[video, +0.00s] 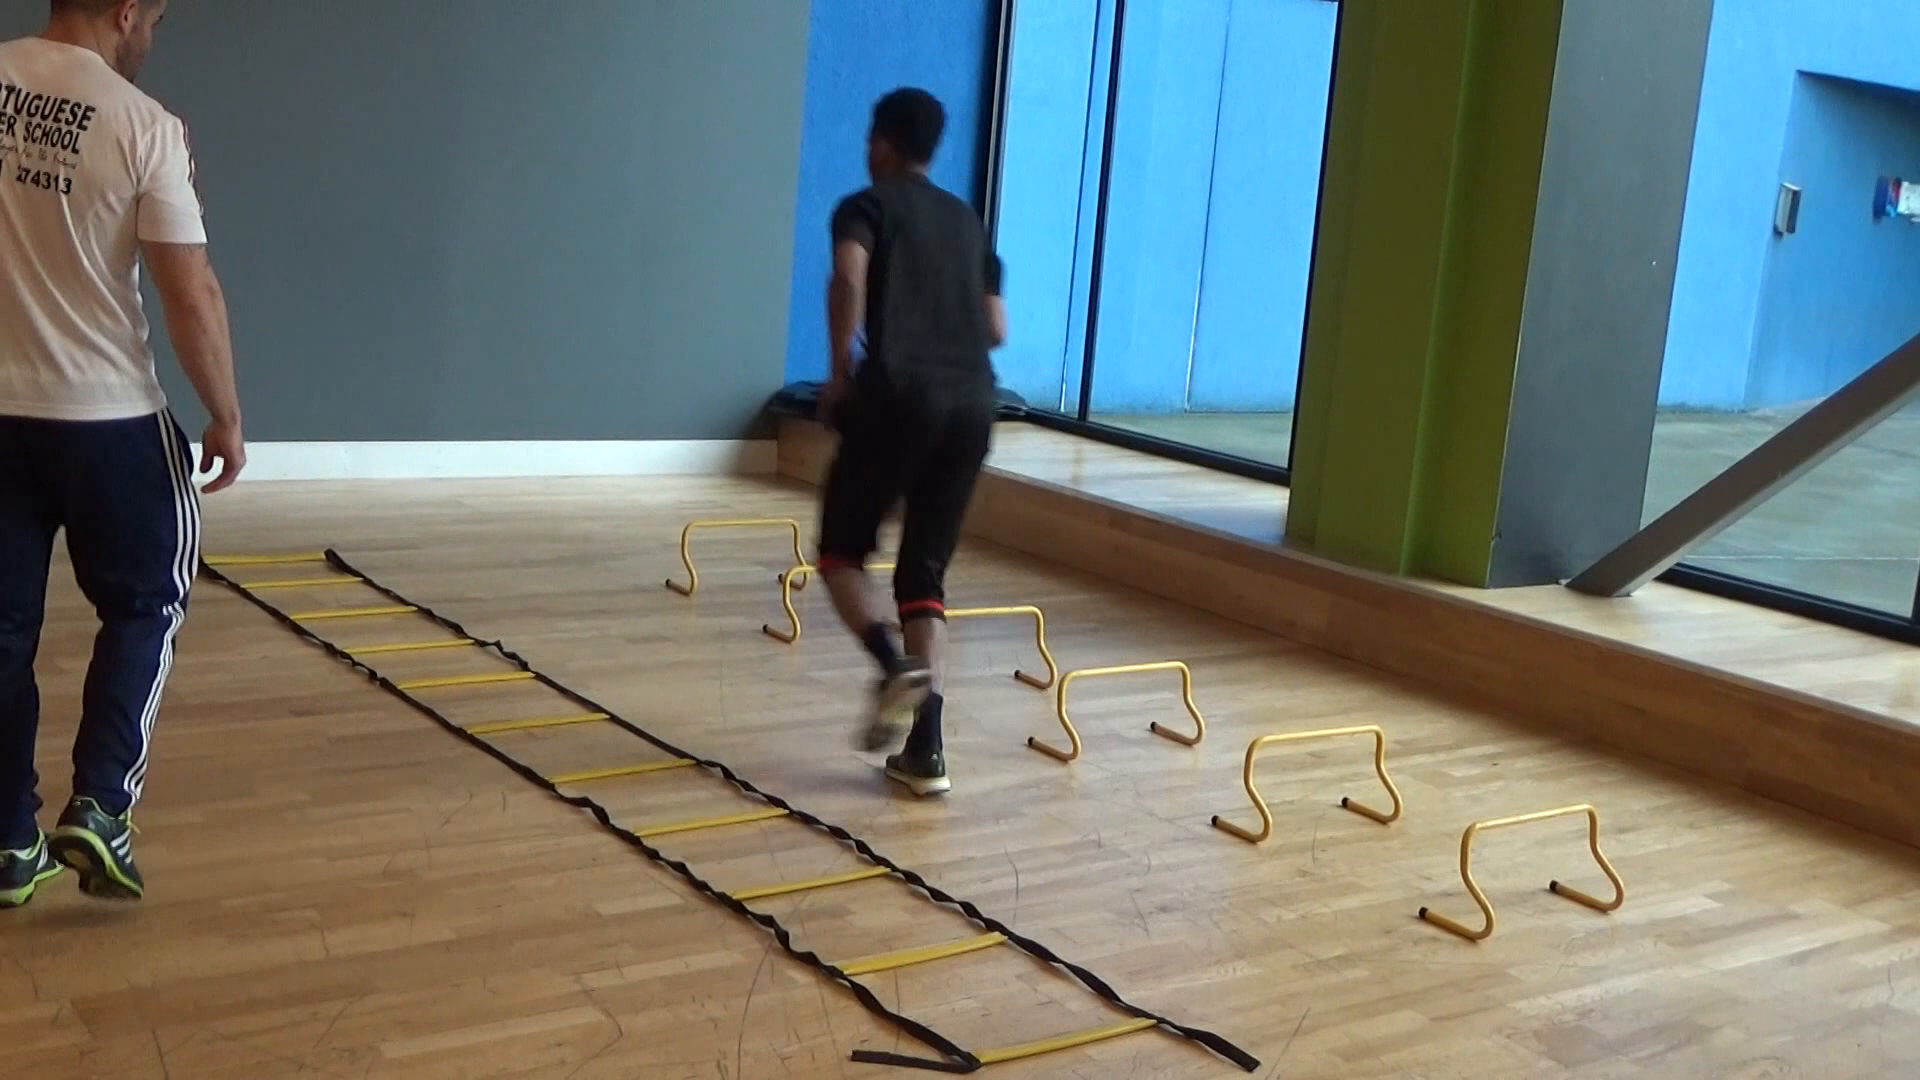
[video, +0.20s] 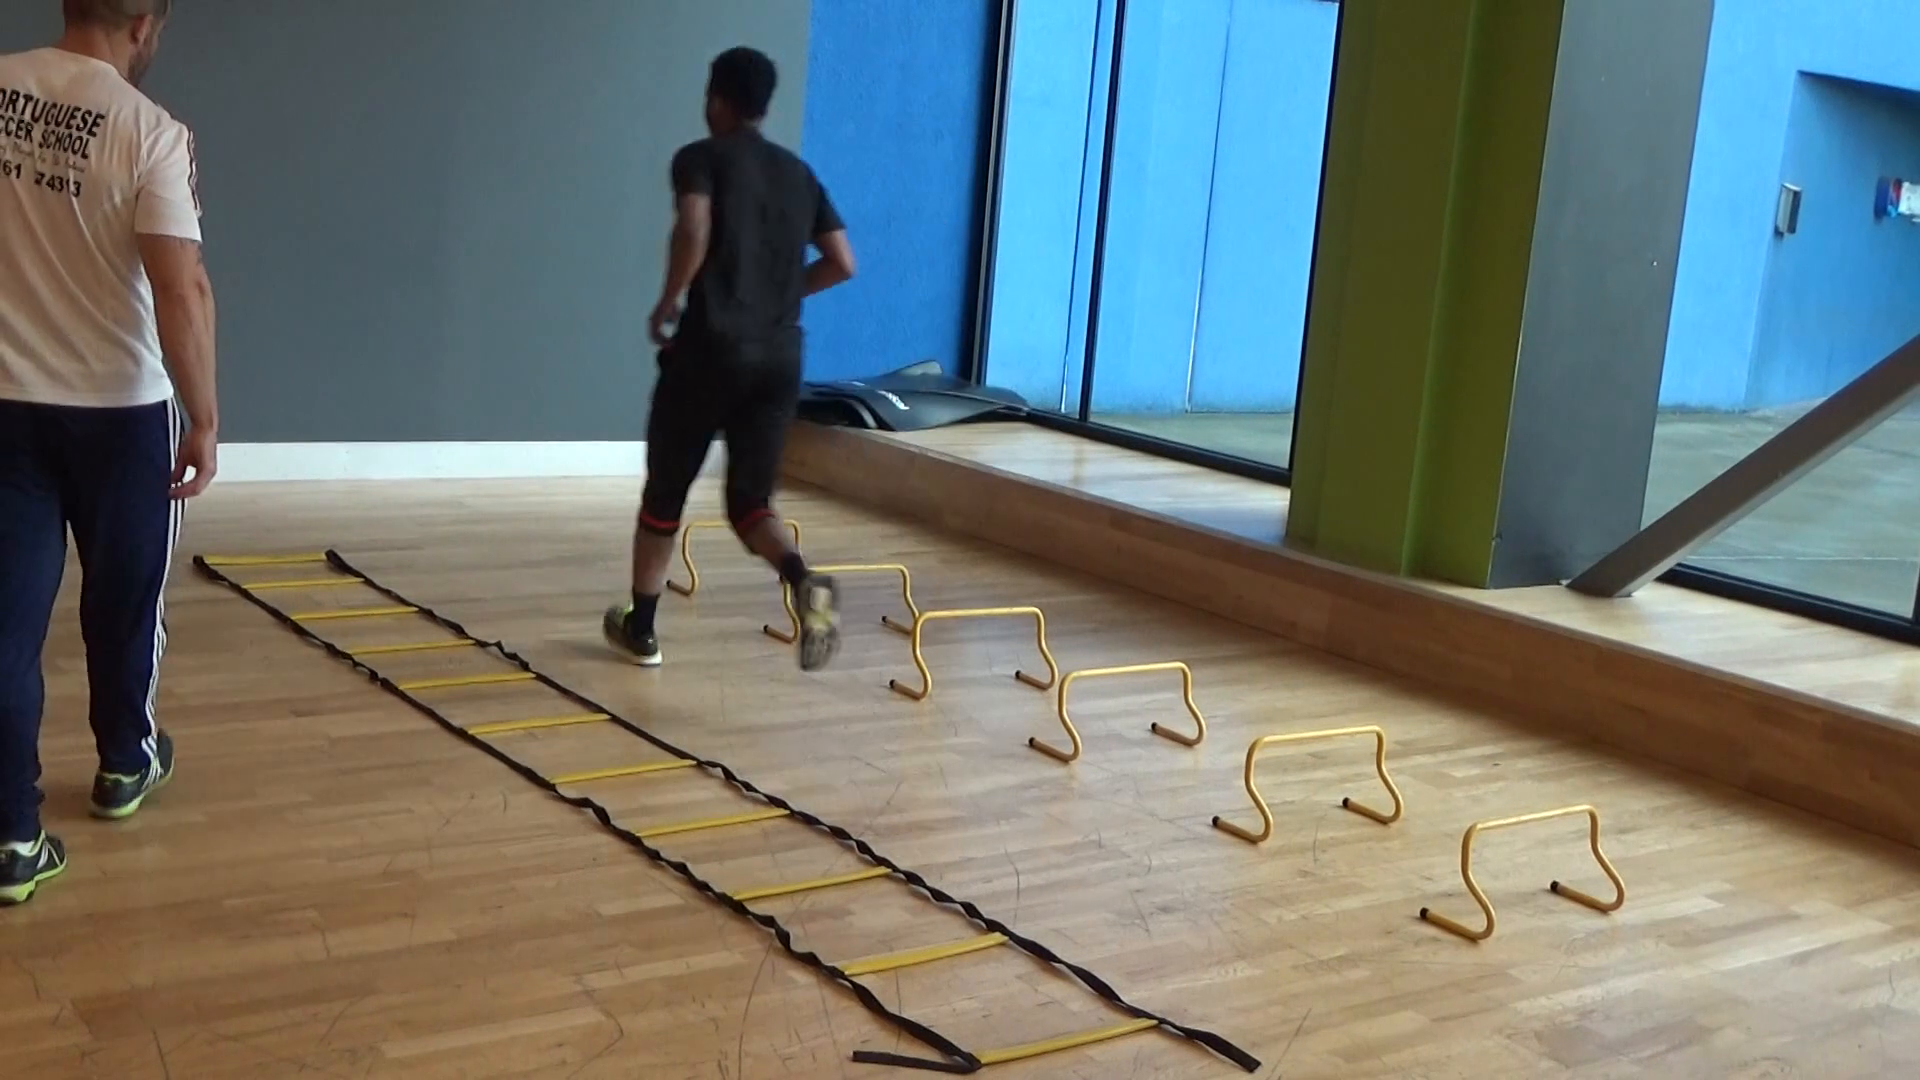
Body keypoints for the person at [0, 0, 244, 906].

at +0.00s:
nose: (152, 37)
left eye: (155, 20)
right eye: (154, 19)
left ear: (62, 6)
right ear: (126, 13)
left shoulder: (0, 73)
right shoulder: (143, 125)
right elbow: (190, 294)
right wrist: (226, 415)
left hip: (4, 413)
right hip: (104, 417)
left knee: (7, 631)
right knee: (144, 604)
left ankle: (12, 842)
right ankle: (101, 806)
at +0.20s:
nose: (152, 46)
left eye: (151, 33)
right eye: (153, 32)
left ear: (66, 16)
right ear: (141, 29)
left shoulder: (6, 79)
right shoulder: (151, 132)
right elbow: (180, 291)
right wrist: (203, 418)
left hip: (8, 402)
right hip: (117, 410)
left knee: (10, 620)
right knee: (123, 599)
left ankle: (14, 836)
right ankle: (124, 762)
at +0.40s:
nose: (166, 54)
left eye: (161, 39)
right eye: (169, 40)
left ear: (86, 23)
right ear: (163, 39)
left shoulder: (12, 92)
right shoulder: (180, 146)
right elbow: (205, 293)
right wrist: (219, 412)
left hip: (21, 397)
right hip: (139, 405)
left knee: (21, 584)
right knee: (138, 583)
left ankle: (18, 764)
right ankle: (118, 757)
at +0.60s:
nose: (168, 39)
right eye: (172, 28)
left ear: (92, 15)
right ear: (171, 29)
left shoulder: (19, 90)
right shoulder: (202, 128)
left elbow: (9, 201)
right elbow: (244, 262)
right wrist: (263, 351)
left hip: (34, 367)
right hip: (152, 376)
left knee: (35, 536)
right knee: (143, 562)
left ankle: (43, 707)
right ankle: (118, 749)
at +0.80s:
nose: (159, 43)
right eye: (163, 32)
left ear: (85, 24)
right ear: (162, 40)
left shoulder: (17, 105)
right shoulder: (195, 132)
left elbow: (6, 199)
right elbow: (250, 250)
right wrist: (283, 305)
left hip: (45, 368)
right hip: (152, 372)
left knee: (51, 526)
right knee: (144, 554)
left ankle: (48, 680)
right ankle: (121, 743)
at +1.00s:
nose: (148, 48)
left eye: (140, 35)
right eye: (150, 36)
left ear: (75, 27)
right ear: (145, 38)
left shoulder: (14, 103)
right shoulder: (177, 130)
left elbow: (10, 200)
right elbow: (239, 250)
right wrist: (284, 304)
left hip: (35, 354)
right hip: (141, 360)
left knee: (45, 518)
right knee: (158, 521)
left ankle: (53, 681)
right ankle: (127, 663)